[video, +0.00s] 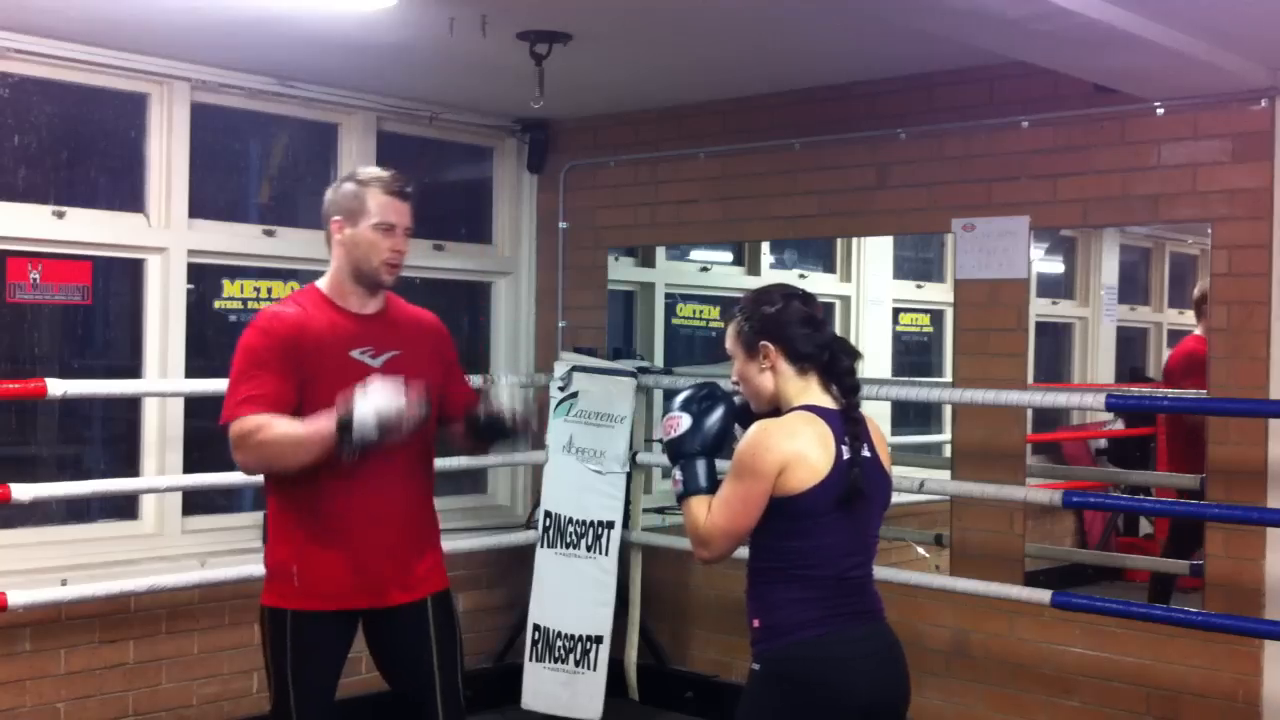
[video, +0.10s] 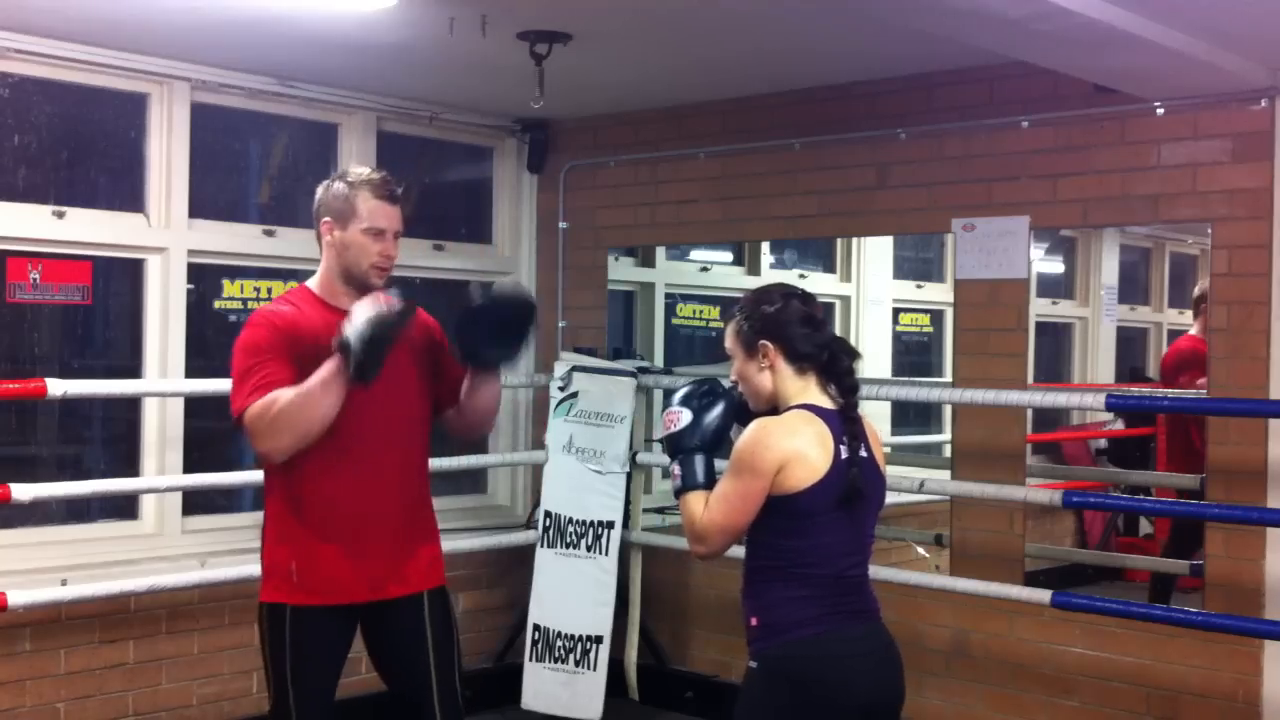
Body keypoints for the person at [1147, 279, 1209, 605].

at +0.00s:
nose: (1224, 313)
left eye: (1221, 306)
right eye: (1220, 306)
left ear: (1199, 309)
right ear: (1209, 309)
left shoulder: (1190, 350)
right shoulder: (1195, 353)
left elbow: (1181, 416)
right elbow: (1196, 416)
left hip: (1190, 463)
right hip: (1194, 466)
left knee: (1184, 536)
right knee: (1183, 537)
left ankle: (1157, 605)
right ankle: (1157, 608)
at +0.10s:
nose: (1223, 314)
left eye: (1220, 307)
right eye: (1219, 308)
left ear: (1199, 307)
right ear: (1206, 308)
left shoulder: (1188, 348)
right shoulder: (1191, 352)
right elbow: (1199, 416)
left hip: (1190, 461)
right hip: (1193, 464)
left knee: (1187, 534)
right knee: (1184, 536)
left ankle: (1158, 605)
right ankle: (1157, 608)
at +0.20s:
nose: (1222, 316)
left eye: (1220, 309)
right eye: (1218, 309)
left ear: (1200, 309)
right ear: (1205, 309)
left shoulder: (1202, 351)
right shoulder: (1185, 352)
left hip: (1201, 461)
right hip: (1190, 463)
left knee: (1192, 535)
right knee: (1186, 537)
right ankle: (1158, 608)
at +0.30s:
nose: (1220, 317)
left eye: (1219, 311)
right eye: (1216, 311)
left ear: (1204, 310)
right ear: (1204, 310)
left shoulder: (1208, 352)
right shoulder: (1182, 353)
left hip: (1209, 463)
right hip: (1193, 464)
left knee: (1196, 536)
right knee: (1190, 537)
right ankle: (1160, 608)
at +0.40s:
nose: (1221, 317)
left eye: (1220, 310)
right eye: (1218, 310)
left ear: (1205, 310)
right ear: (1206, 310)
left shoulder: (1206, 352)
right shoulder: (1186, 353)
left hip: (1208, 463)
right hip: (1194, 464)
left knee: (1197, 537)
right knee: (1190, 538)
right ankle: (1160, 608)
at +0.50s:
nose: (1224, 319)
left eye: (1222, 313)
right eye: (1221, 313)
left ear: (1203, 311)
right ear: (1209, 312)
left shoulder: (1192, 351)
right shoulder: (1191, 353)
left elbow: (1185, 414)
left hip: (1199, 464)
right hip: (1196, 466)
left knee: (1196, 536)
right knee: (1192, 537)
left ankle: (1164, 604)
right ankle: (1162, 607)